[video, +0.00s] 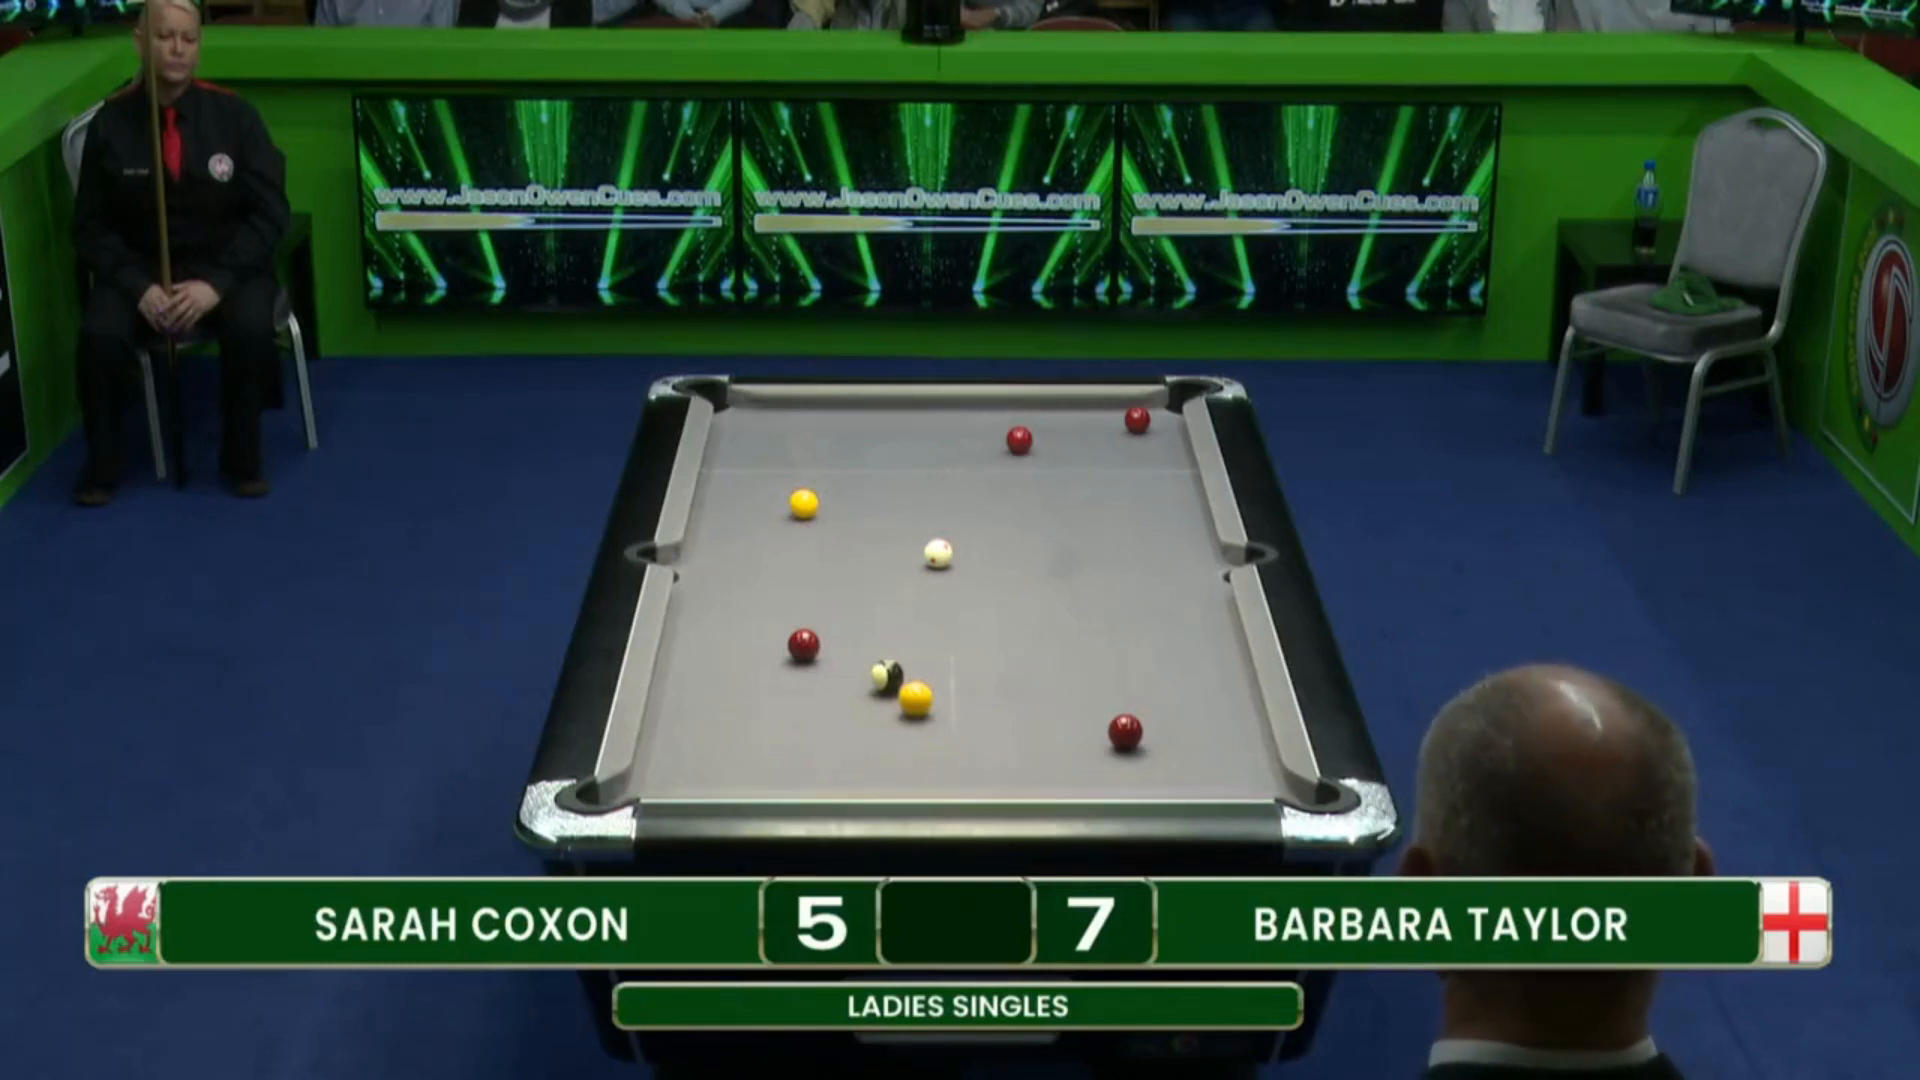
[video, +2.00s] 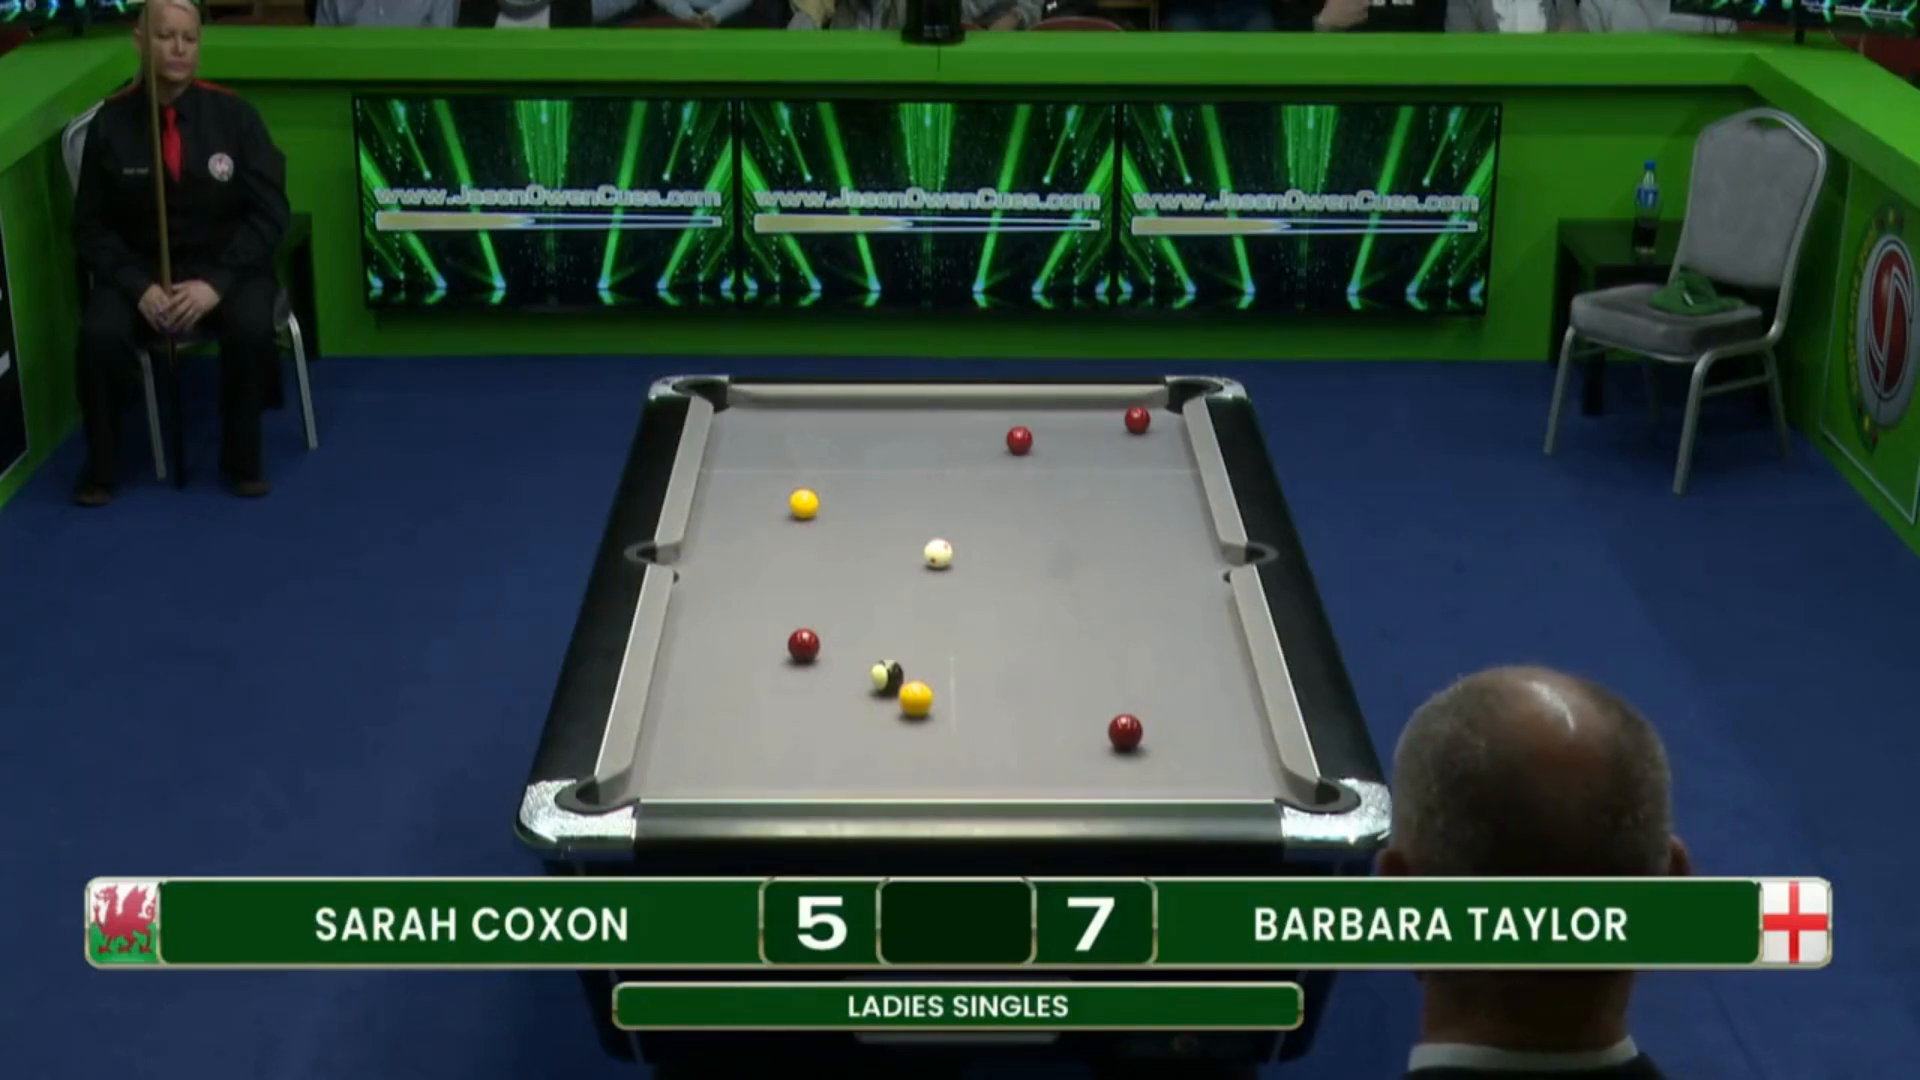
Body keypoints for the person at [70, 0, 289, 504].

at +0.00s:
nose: (178, 49)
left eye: (188, 38)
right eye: (165, 37)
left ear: (199, 44)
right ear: (141, 41)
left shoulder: (235, 115)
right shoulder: (111, 122)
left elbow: (269, 214)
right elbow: (90, 226)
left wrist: (213, 283)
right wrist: (140, 287)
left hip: (221, 267)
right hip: (138, 274)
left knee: (249, 329)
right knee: (101, 335)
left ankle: (243, 461)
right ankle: (102, 467)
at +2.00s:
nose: (179, 48)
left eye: (189, 38)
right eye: (165, 37)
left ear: (199, 44)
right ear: (141, 42)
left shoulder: (234, 115)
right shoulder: (111, 121)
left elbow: (269, 214)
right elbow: (90, 226)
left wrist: (214, 283)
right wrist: (140, 287)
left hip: (221, 267)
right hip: (138, 273)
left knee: (249, 329)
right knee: (100, 335)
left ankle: (244, 462)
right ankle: (101, 467)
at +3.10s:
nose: (179, 48)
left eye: (189, 38)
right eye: (165, 37)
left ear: (199, 44)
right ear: (140, 41)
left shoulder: (234, 115)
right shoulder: (111, 121)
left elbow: (269, 215)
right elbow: (90, 226)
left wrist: (214, 284)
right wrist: (140, 286)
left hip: (221, 267)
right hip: (139, 273)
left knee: (248, 328)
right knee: (101, 335)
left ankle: (243, 463)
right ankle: (101, 469)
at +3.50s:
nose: (179, 48)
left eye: (189, 38)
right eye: (165, 37)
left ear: (199, 44)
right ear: (140, 41)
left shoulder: (234, 115)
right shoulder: (112, 121)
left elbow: (269, 215)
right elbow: (91, 226)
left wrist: (214, 284)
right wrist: (140, 287)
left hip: (221, 268)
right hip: (139, 274)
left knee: (248, 328)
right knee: (101, 336)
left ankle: (243, 463)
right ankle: (101, 469)